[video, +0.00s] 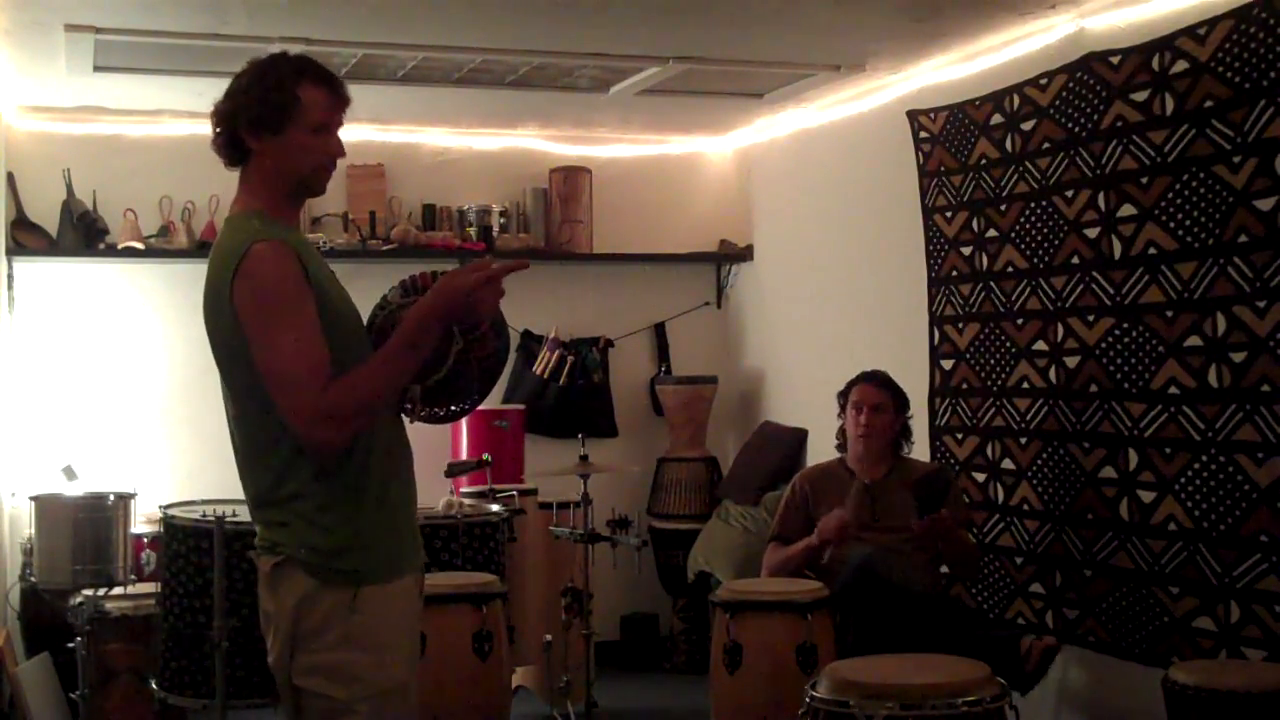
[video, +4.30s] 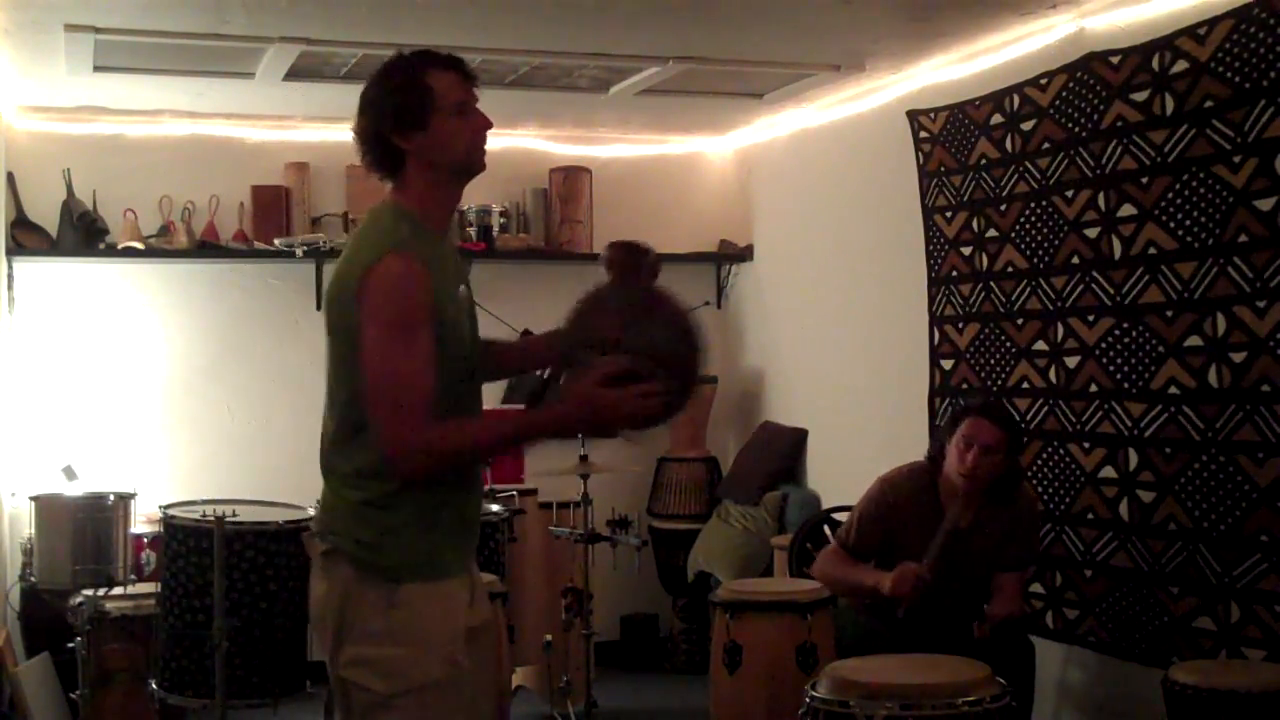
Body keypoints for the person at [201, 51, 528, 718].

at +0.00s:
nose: (339, 148)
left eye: (337, 130)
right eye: (322, 129)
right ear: (260, 135)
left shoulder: (280, 246)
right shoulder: (264, 256)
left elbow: (331, 399)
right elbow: (326, 420)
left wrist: (422, 321)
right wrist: (437, 313)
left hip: (350, 572)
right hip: (338, 581)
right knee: (353, 709)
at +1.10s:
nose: (334, 153)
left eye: (334, 136)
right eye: (318, 137)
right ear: (263, 147)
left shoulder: (290, 252)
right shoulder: (255, 257)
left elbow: (291, 393)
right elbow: (227, 423)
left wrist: (373, 366)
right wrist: (363, 392)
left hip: (335, 558)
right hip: (307, 564)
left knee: (343, 704)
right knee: (322, 706)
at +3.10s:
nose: (327, 157)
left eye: (325, 143)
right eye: (309, 144)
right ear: (257, 156)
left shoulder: (274, 261)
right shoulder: (244, 258)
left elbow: (283, 399)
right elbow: (194, 406)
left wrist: (368, 399)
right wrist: (347, 414)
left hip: (307, 552)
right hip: (289, 559)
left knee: (304, 708)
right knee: (336, 708)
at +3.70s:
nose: (388, 134)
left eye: (379, 120)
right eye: (367, 124)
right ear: (318, 152)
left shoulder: (353, 255)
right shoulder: (312, 260)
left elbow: (353, 413)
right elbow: (257, 421)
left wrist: (448, 440)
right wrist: (407, 477)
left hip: (354, 562)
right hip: (325, 571)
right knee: (362, 707)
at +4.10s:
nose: (476, 129)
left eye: (469, 114)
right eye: (456, 117)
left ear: (412, 141)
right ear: (401, 140)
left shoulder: (444, 244)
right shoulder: (360, 258)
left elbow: (428, 394)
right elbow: (288, 421)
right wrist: (447, 460)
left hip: (423, 556)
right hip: (367, 568)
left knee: (426, 708)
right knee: (383, 711)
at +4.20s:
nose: (484, 125)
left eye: (476, 111)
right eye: (462, 114)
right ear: (408, 140)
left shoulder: (444, 243)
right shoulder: (371, 267)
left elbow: (436, 377)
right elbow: (341, 445)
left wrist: (536, 356)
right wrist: (498, 426)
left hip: (431, 555)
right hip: (377, 569)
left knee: (437, 705)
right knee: (393, 709)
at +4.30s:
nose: (485, 119)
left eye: (478, 106)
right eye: (465, 108)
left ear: (423, 138)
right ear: (409, 135)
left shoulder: (430, 244)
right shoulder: (394, 255)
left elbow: (454, 358)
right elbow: (409, 444)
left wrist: (563, 348)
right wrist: (566, 416)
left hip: (438, 559)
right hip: (390, 572)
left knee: (474, 702)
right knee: (412, 709)